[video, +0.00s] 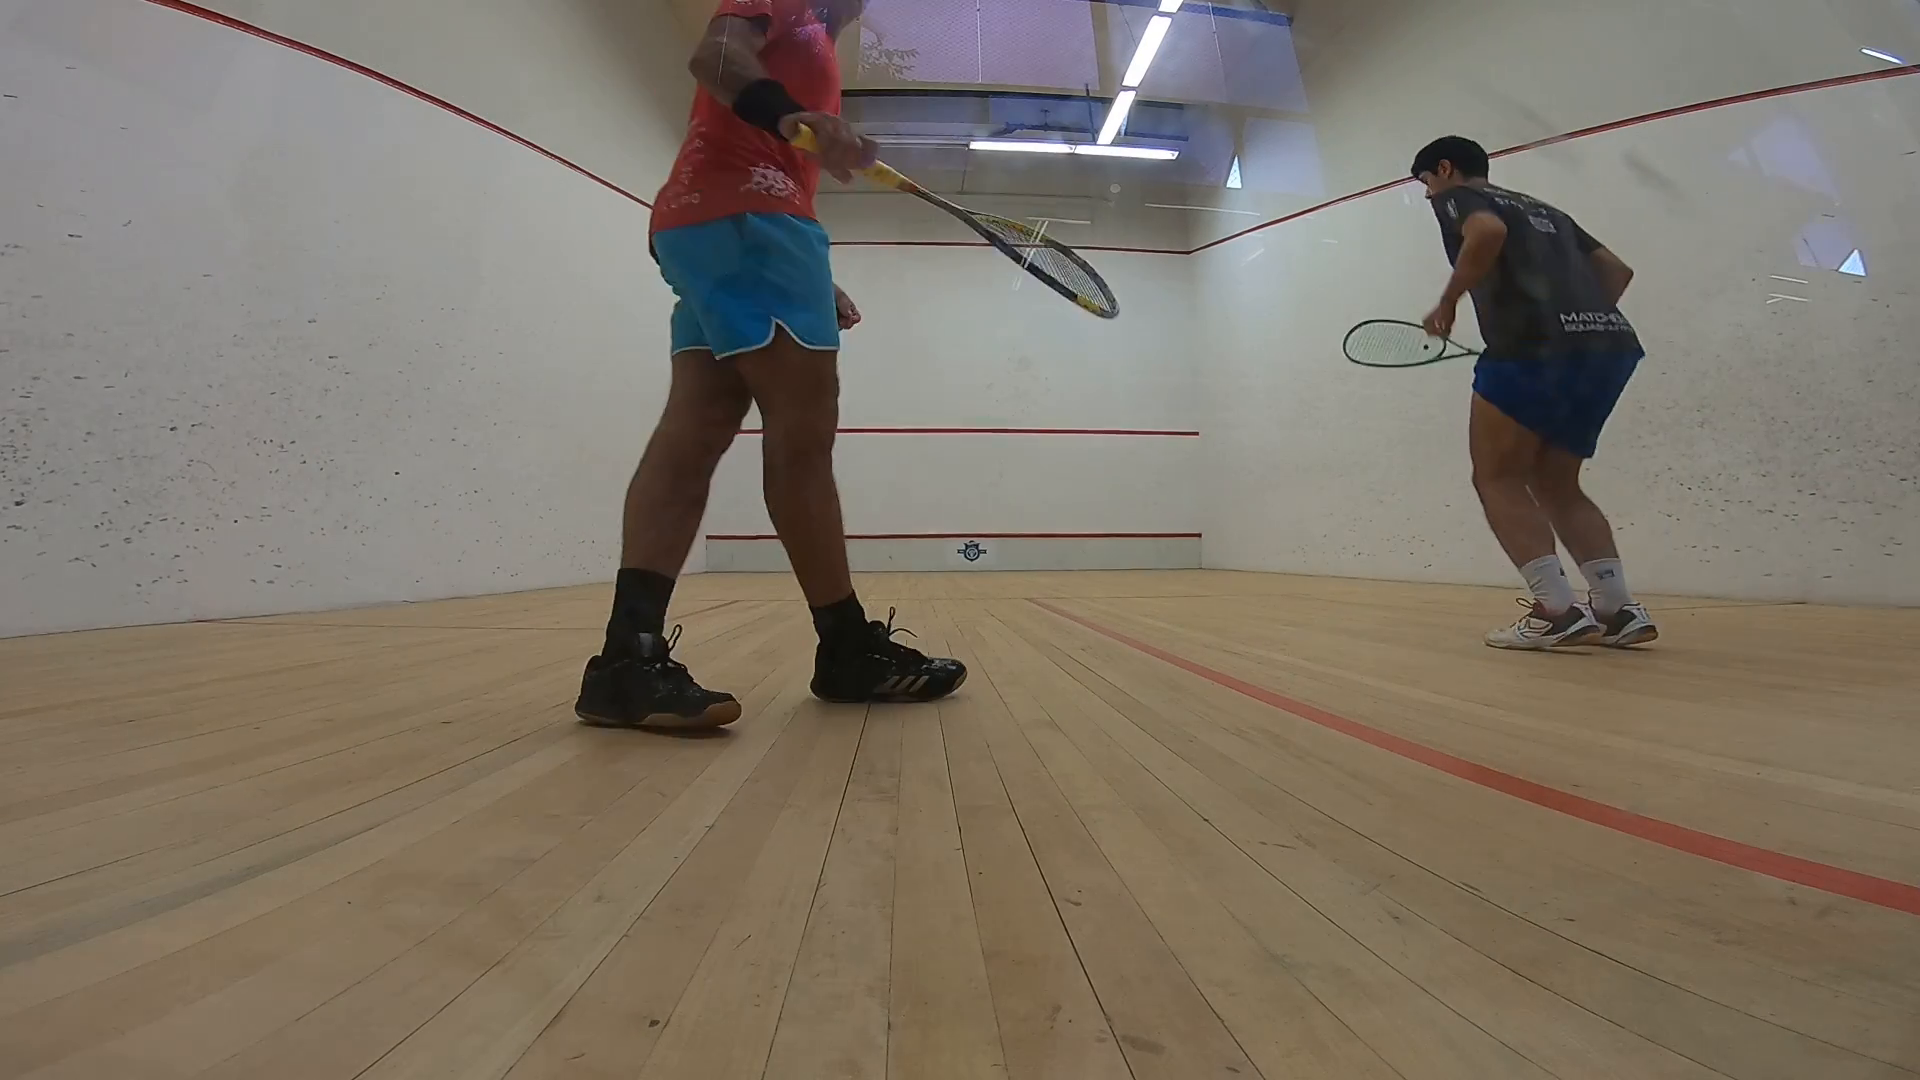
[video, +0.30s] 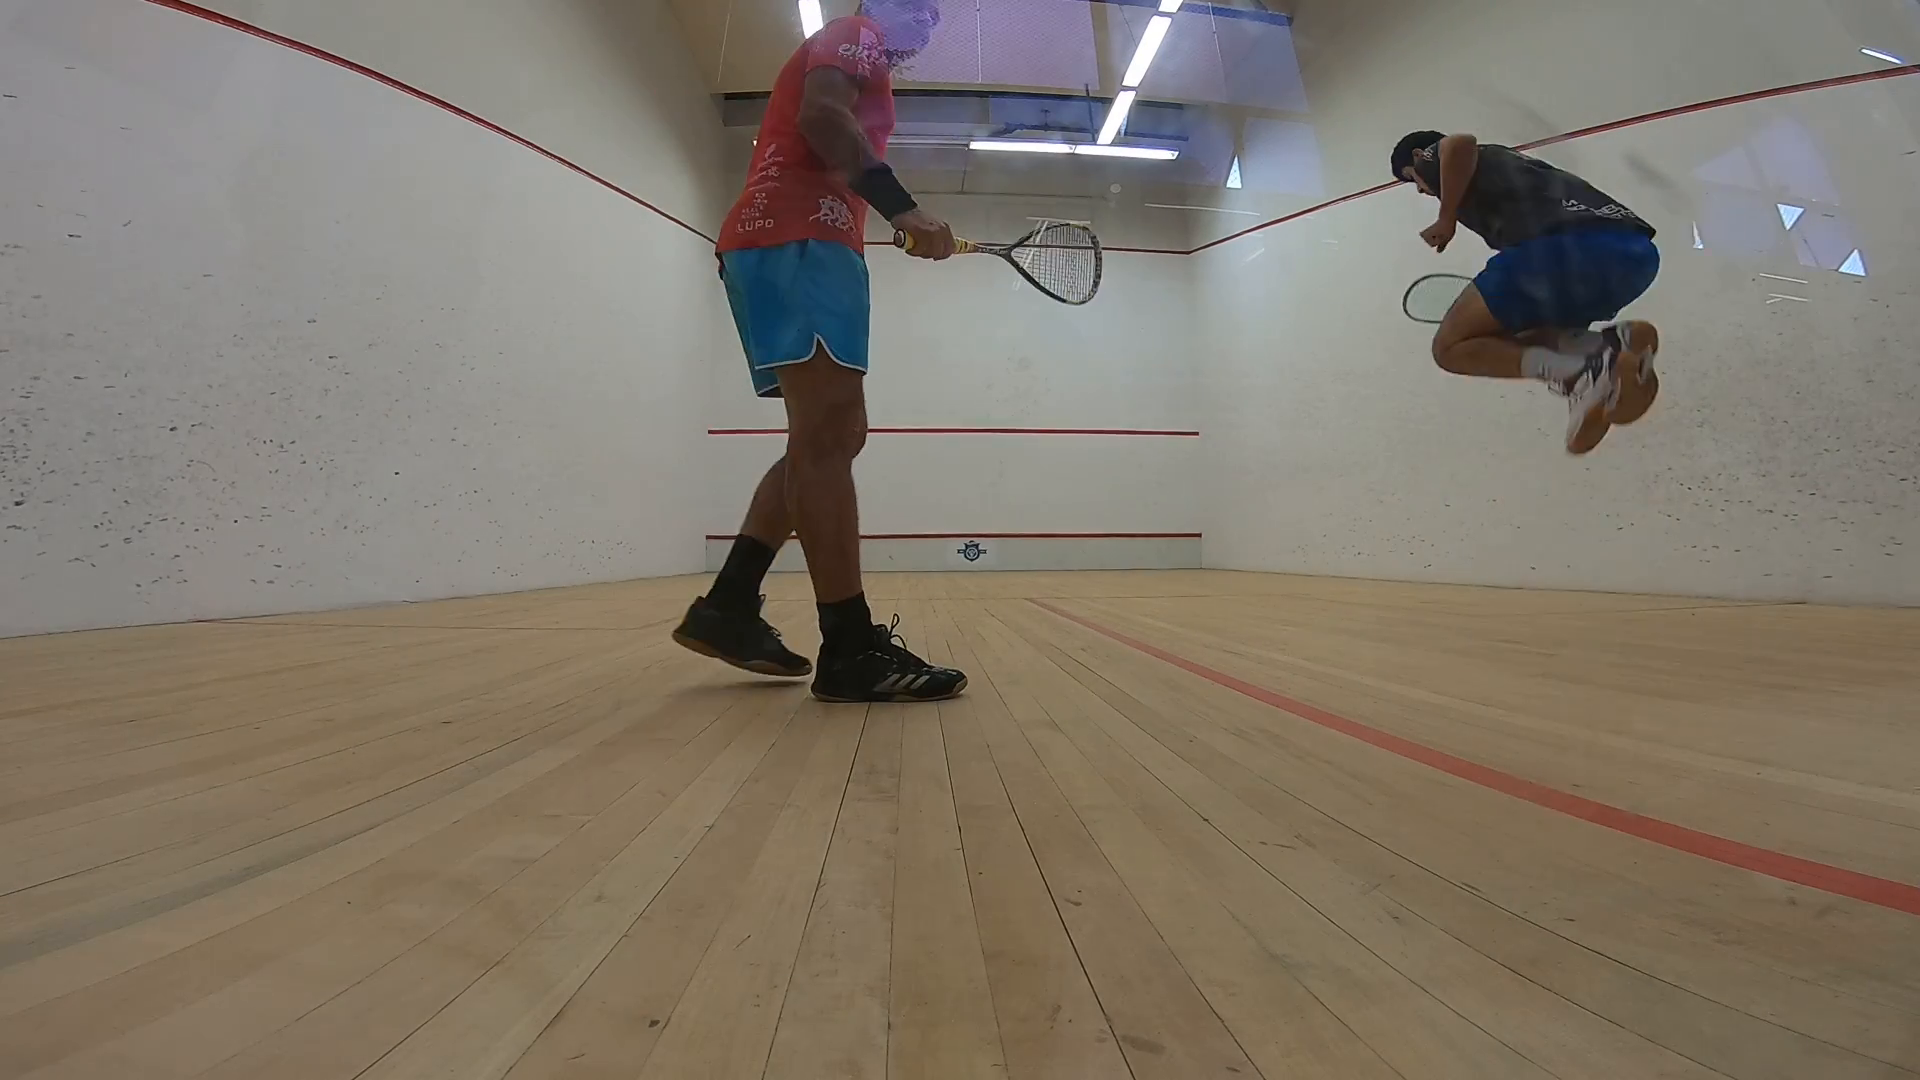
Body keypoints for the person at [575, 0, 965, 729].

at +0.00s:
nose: (865, 7)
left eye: (863, 9)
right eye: (861, 4)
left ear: (838, 8)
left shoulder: (808, 50)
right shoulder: (784, 6)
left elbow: (766, 178)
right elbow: (715, 54)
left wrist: (812, 277)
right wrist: (795, 119)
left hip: (712, 221)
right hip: (749, 214)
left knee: (693, 432)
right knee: (804, 429)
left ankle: (628, 656)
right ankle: (847, 646)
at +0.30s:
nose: (922, 39)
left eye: (927, 31)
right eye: (923, 24)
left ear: (876, 11)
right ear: (902, 11)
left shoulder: (846, 59)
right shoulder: (856, 34)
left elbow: (830, 176)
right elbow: (823, 114)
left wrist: (909, 231)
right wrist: (907, 213)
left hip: (782, 243)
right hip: (798, 239)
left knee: (837, 428)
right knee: (823, 431)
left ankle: (730, 605)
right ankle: (850, 648)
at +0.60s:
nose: (904, 96)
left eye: (909, 93)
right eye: (904, 81)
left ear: (889, 84)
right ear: (882, 62)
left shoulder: (852, 131)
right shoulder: (829, 86)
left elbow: (826, 215)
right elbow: (784, 148)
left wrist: (889, 226)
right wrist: (881, 206)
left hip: (804, 285)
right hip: (797, 281)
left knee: (820, 442)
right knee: (832, 440)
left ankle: (809, 617)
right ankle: (851, 645)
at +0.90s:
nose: (858, 113)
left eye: (867, 110)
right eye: (851, 98)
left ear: (861, 121)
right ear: (816, 92)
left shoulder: (822, 168)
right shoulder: (784, 119)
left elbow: (789, 266)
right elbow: (728, 181)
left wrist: (821, 336)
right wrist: (826, 219)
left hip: (794, 312)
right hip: (750, 297)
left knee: (807, 456)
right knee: (779, 444)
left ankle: (804, 621)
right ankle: (690, 597)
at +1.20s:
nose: (816, 147)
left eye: (820, 136)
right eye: (814, 133)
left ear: (785, 120)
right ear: (781, 117)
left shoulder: (769, 183)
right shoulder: (727, 142)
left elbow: (736, 280)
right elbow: (683, 205)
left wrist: (774, 340)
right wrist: (780, 228)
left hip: (735, 333)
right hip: (689, 317)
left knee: (752, 464)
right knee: (678, 461)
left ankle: (786, 607)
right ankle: (643, 618)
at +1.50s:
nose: (790, 170)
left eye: (795, 160)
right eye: (790, 156)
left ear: (767, 150)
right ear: (764, 138)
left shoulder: (739, 204)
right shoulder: (700, 158)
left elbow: (718, 285)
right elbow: (654, 130)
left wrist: (785, 309)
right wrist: (726, 82)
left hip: (693, 334)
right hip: (664, 328)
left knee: (693, 462)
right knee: (668, 460)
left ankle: (655, 604)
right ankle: (642, 616)